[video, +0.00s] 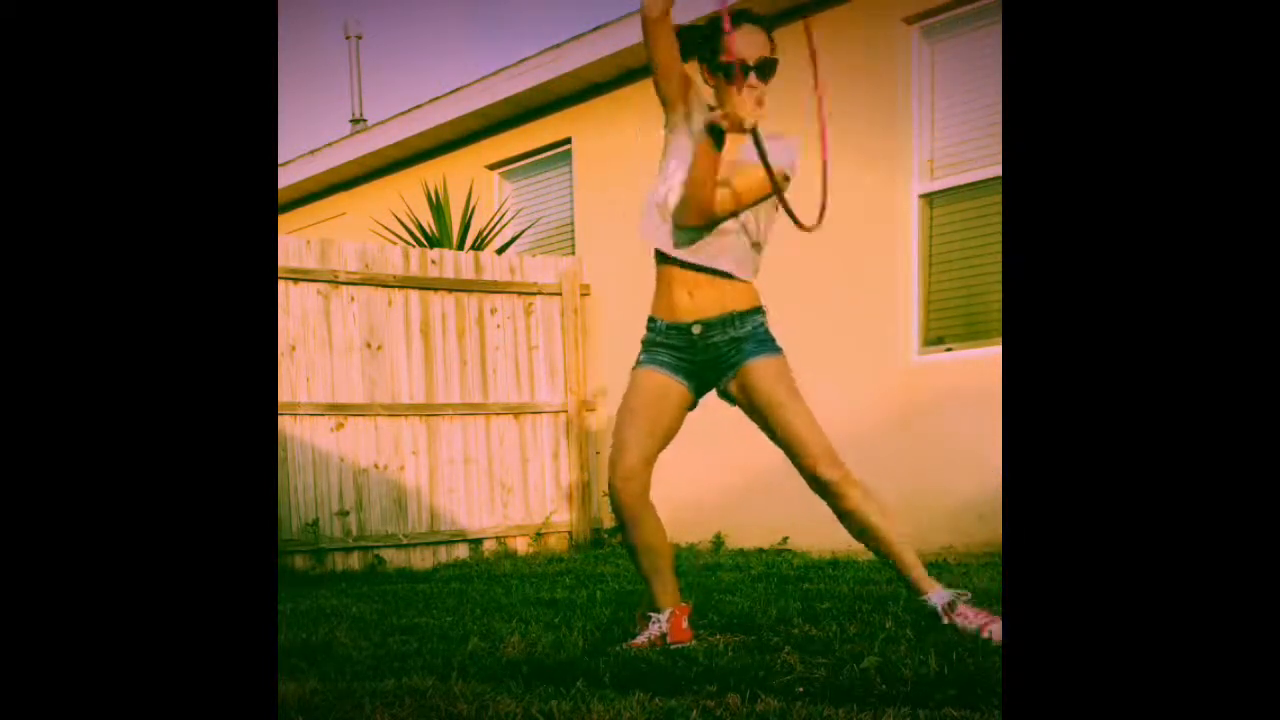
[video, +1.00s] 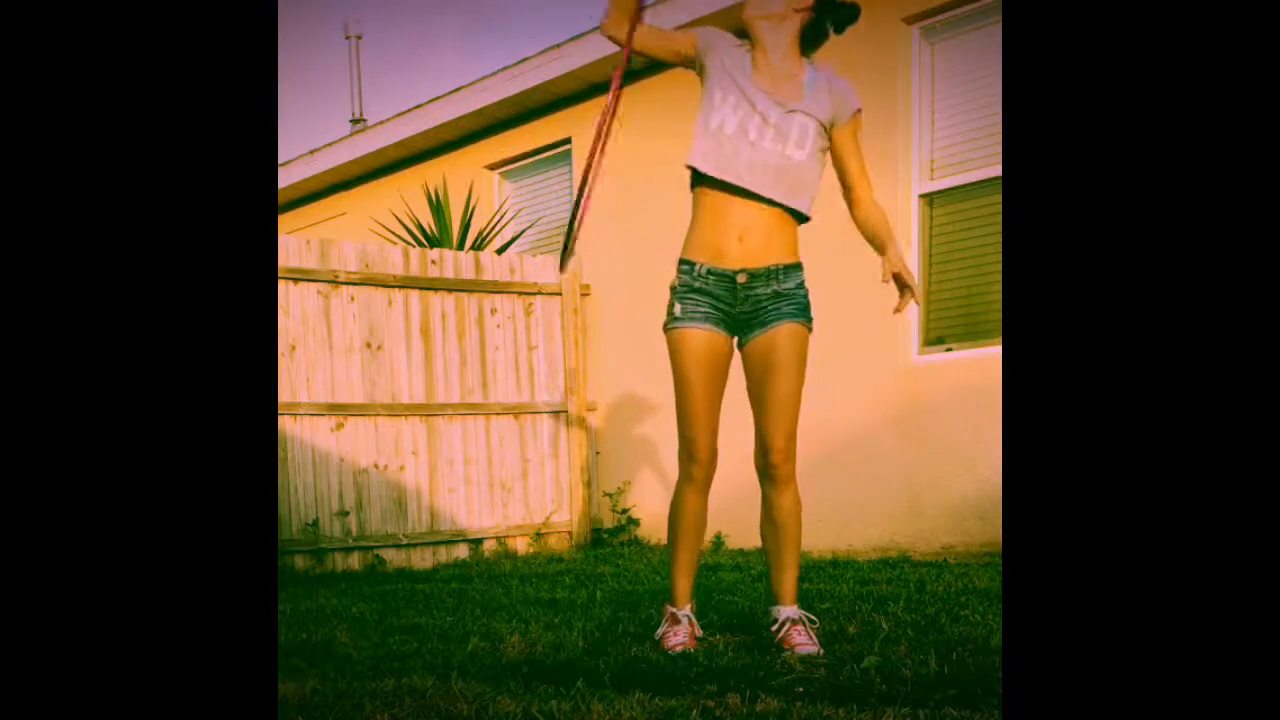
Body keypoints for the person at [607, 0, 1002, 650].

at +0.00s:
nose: (755, 83)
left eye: (764, 70)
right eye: (741, 70)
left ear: (771, 73)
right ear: (711, 71)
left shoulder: (777, 151)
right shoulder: (686, 115)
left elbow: (693, 214)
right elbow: (654, 13)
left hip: (741, 334)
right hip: (667, 340)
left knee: (829, 476)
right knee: (623, 479)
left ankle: (938, 598)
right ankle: (669, 618)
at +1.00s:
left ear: (803, 5)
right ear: (753, 8)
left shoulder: (833, 93)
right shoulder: (714, 50)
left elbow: (859, 194)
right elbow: (619, 27)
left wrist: (891, 248)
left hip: (779, 291)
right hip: (699, 287)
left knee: (777, 461)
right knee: (696, 461)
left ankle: (787, 612)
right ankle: (679, 611)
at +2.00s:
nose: (758, 51)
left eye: (773, 38)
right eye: (744, 37)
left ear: (790, 36)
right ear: (726, 35)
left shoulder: (813, 102)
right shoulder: (704, 108)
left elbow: (900, 181)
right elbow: (688, 200)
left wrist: (884, 83)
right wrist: (654, 278)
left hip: (788, 306)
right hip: (716, 313)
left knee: (756, 452)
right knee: (723, 467)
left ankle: (793, 605)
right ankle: (743, 613)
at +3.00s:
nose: (763, 51)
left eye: (777, 35)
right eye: (748, 38)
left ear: (797, 29)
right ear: (731, 37)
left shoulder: (825, 92)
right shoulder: (719, 100)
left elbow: (863, 213)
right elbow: (605, 105)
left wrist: (777, 244)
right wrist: (642, 26)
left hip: (832, 295)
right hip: (767, 298)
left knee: (793, 464)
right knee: (725, 318)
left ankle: (794, 618)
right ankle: (744, 499)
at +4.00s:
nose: (773, 50)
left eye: (787, 33)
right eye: (769, 38)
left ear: (835, 36)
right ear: (775, 50)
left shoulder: (872, 101)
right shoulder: (787, 148)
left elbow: (942, 184)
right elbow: (721, 235)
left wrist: (998, 238)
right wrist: (682, 165)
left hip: (906, 311)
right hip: (836, 331)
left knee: (984, 463)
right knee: (760, 446)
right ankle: (790, 604)